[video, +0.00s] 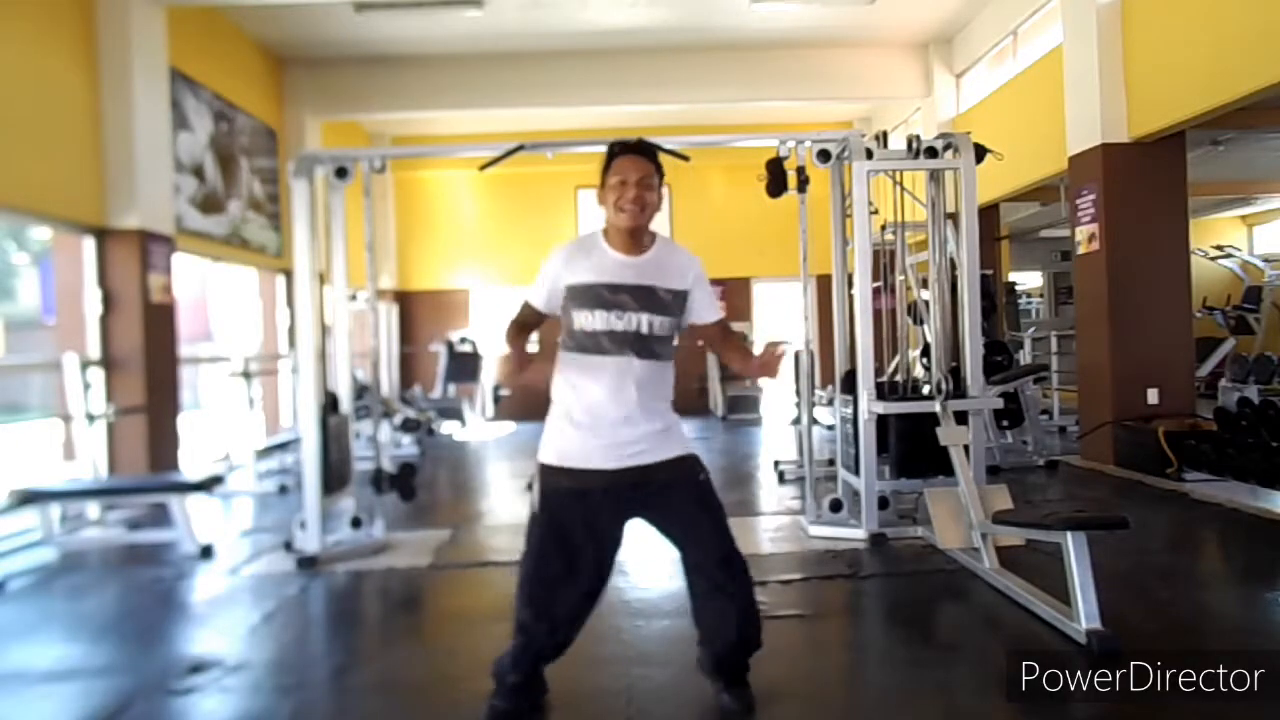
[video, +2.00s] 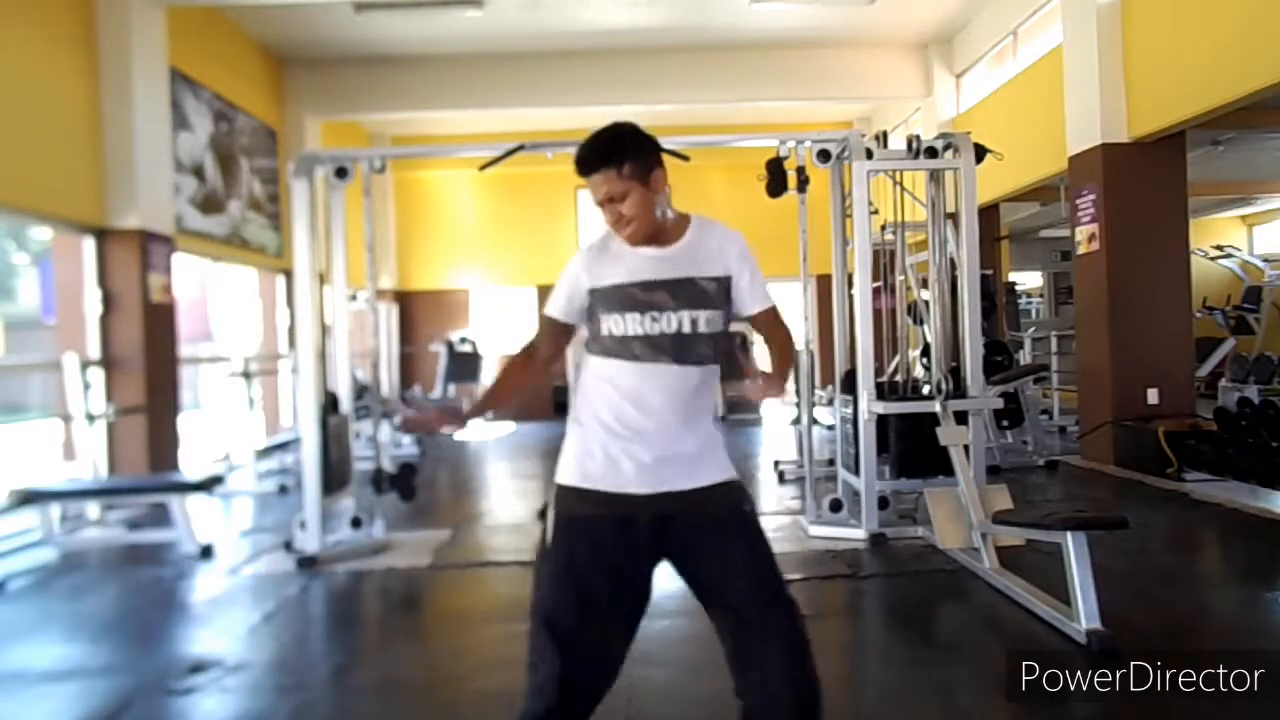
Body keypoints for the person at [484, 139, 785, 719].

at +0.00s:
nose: (633, 194)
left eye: (645, 184)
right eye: (621, 184)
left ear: (659, 196)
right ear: (602, 194)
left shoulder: (683, 267)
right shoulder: (569, 261)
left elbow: (718, 336)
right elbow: (523, 325)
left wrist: (751, 363)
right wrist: (517, 362)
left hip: (660, 449)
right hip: (575, 455)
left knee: (720, 567)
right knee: (549, 589)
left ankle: (730, 670)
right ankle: (515, 689)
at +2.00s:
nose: (610, 216)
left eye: (618, 199)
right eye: (600, 204)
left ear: (659, 179)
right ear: (592, 199)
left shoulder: (724, 250)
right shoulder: (590, 264)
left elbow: (775, 332)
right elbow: (540, 353)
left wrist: (778, 377)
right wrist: (472, 411)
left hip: (700, 486)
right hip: (597, 490)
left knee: (775, 648)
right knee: (561, 672)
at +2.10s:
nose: (610, 212)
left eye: (618, 195)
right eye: (600, 200)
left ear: (658, 174)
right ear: (591, 194)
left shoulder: (726, 238)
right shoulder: (597, 258)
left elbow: (755, 337)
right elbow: (555, 350)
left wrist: (758, 317)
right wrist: (497, 349)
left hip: (711, 492)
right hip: (603, 489)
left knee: (756, 687)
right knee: (551, 680)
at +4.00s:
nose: (668, 132)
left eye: (683, 120)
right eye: (651, 123)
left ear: (704, 142)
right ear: (630, 148)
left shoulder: (738, 223)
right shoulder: (595, 235)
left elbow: (762, 328)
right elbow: (552, 334)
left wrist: (783, 324)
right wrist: (490, 352)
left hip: (731, 497)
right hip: (611, 494)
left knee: (774, 696)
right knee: (546, 686)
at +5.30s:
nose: (673, 172)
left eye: (686, 159)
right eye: (660, 159)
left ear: (703, 169)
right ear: (639, 166)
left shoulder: (724, 246)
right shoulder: (604, 232)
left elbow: (736, 342)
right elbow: (561, 300)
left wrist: (788, 349)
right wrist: (577, 325)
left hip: (709, 452)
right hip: (617, 456)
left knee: (749, 602)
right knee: (585, 616)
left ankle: (779, 701)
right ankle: (575, 708)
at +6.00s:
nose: (663, 180)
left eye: (675, 171)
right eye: (651, 172)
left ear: (692, 183)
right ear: (633, 186)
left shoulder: (720, 254)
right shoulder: (609, 254)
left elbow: (737, 332)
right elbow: (570, 326)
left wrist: (745, 318)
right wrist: (558, 325)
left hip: (695, 446)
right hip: (615, 438)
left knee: (708, 583)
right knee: (560, 554)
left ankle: (742, 659)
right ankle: (566, 658)